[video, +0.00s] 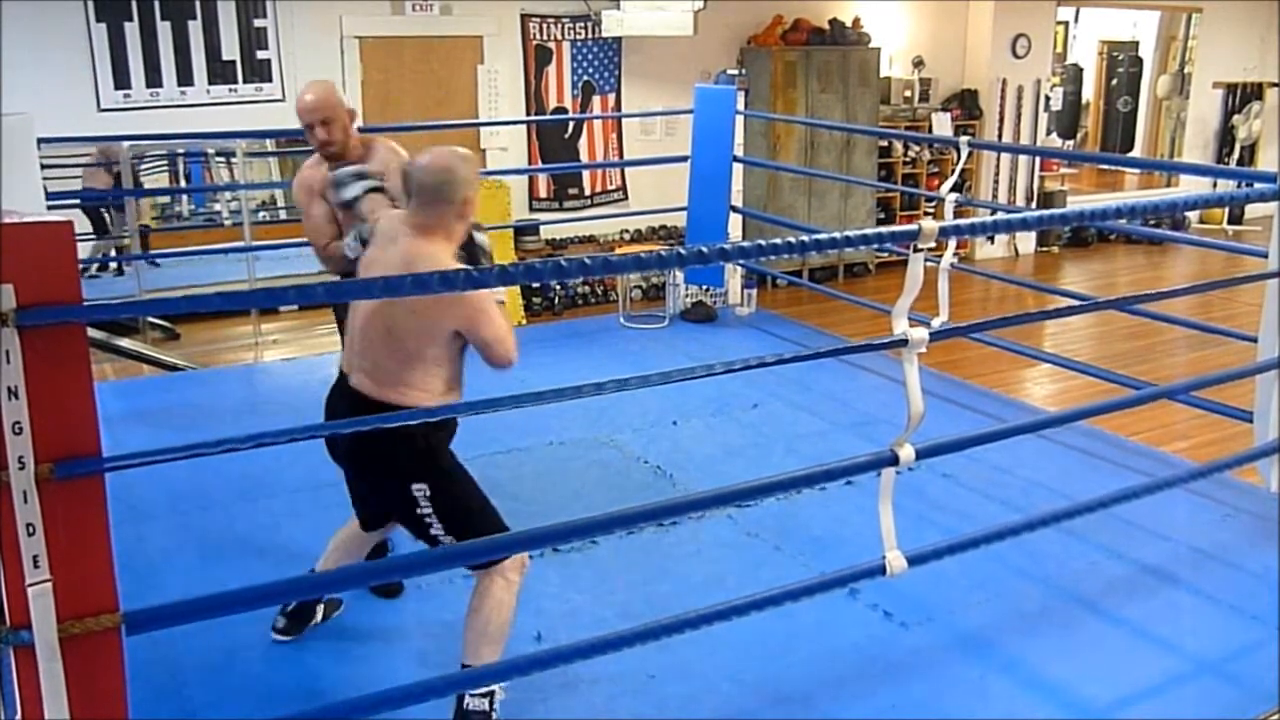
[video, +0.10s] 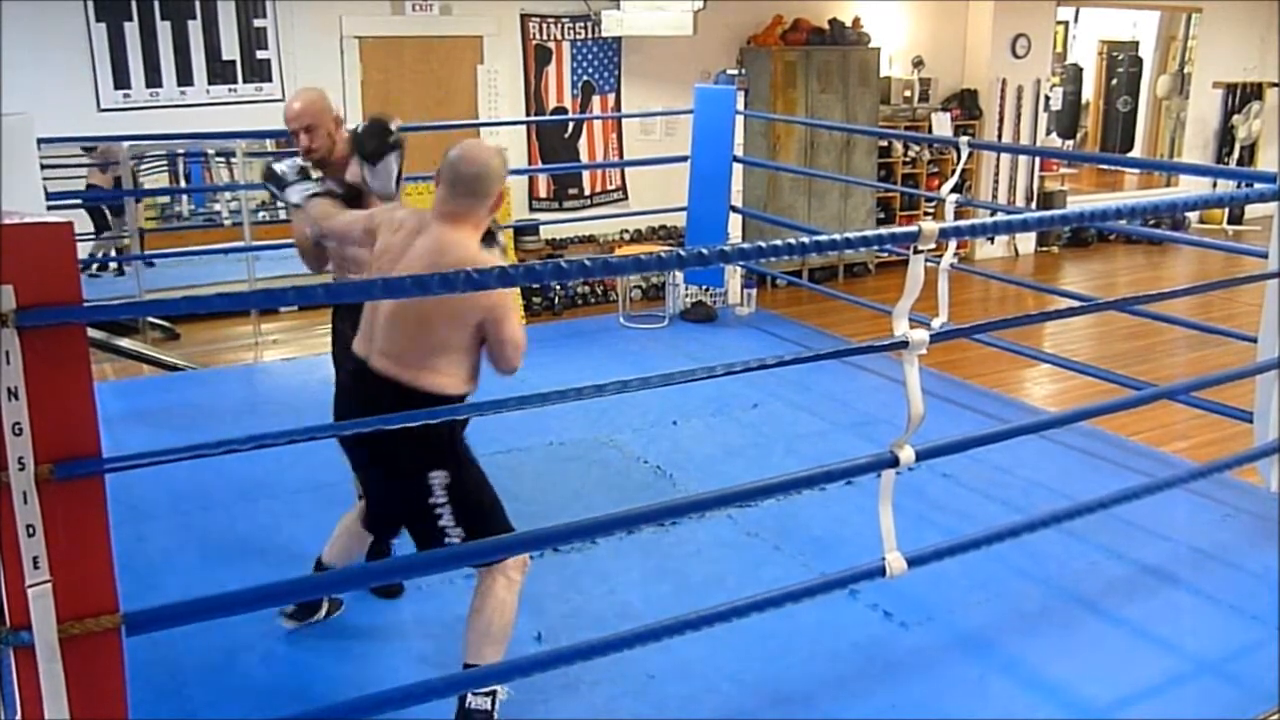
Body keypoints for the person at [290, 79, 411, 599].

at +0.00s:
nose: (318, 137)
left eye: (325, 124)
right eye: (308, 129)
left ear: (350, 115)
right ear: (302, 130)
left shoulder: (391, 155)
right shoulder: (308, 181)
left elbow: (421, 214)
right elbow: (330, 258)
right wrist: (362, 238)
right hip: (355, 301)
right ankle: (376, 543)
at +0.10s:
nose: (302, 143)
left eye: (310, 131)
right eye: (294, 134)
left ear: (338, 122)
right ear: (291, 137)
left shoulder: (375, 159)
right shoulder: (301, 180)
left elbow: (388, 226)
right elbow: (315, 259)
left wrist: (374, 182)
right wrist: (301, 206)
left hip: (395, 301)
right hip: (347, 304)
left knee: (390, 424)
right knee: (354, 423)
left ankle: (381, 538)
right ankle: (378, 540)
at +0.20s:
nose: (303, 142)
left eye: (310, 129)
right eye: (293, 133)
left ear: (333, 120)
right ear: (286, 132)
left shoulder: (359, 151)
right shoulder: (309, 170)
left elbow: (379, 173)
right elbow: (301, 249)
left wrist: (395, 136)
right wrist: (297, 194)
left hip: (372, 286)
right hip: (342, 288)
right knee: (352, 405)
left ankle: (374, 529)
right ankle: (371, 518)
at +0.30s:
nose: (305, 136)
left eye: (312, 124)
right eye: (296, 128)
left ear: (334, 115)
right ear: (289, 127)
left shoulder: (369, 155)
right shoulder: (295, 174)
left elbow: (400, 208)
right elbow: (289, 251)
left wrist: (390, 150)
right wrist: (278, 211)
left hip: (387, 282)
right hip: (335, 287)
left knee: (399, 389)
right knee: (354, 415)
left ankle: (416, 481)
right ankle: (369, 524)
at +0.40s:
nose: (305, 135)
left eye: (313, 125)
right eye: (296, 127)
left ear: (334, 117)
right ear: (287, 127)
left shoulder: (361, 160)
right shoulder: (289, 174)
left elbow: (391, 209)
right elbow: (285, 252)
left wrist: (382, 161)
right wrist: (270, 210)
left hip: (375, 280)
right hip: (320, 287)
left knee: (389, 391)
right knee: (330, 409)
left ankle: (404, 484)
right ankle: (354, 528)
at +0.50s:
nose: (279, 117)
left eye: (287, 109)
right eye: (273, 109)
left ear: (311, 108)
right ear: (268, 110)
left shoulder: (344, 146)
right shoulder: (266, 158)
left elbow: (365, 210)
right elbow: (279, 216)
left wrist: (364, 165)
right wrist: (293, 167)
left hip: (354, 271)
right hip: (301, 276)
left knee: (383, 377)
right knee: (290, 396)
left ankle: (407, 479)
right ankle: (307, 516)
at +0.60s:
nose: (257, 114)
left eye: (266, 103)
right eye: (249, 106)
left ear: (287, 105)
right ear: (242, 111)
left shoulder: (314, 148)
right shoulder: (241, 156)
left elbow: (349, 195)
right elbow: (273, 184)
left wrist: (368, 162)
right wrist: (304, 141)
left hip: (331, 269)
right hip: (280, 277)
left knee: (371, 381)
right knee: (265, 403)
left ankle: (403, 479)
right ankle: (244, 495)